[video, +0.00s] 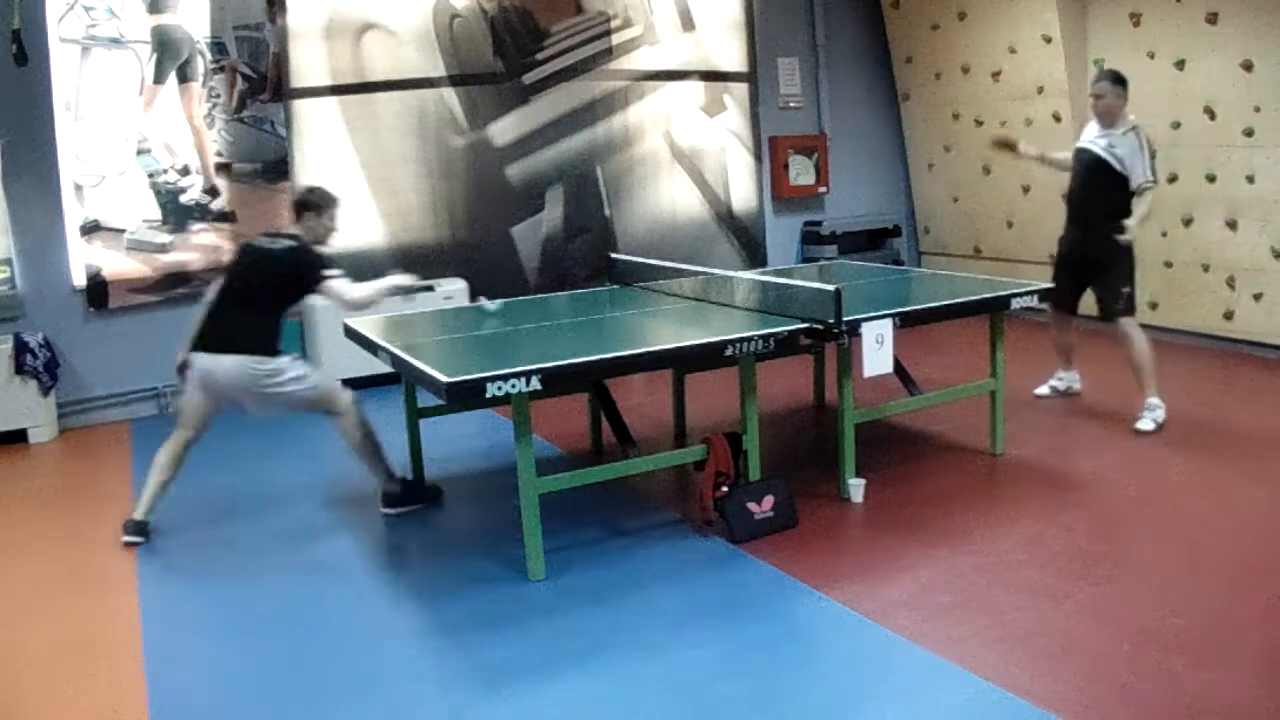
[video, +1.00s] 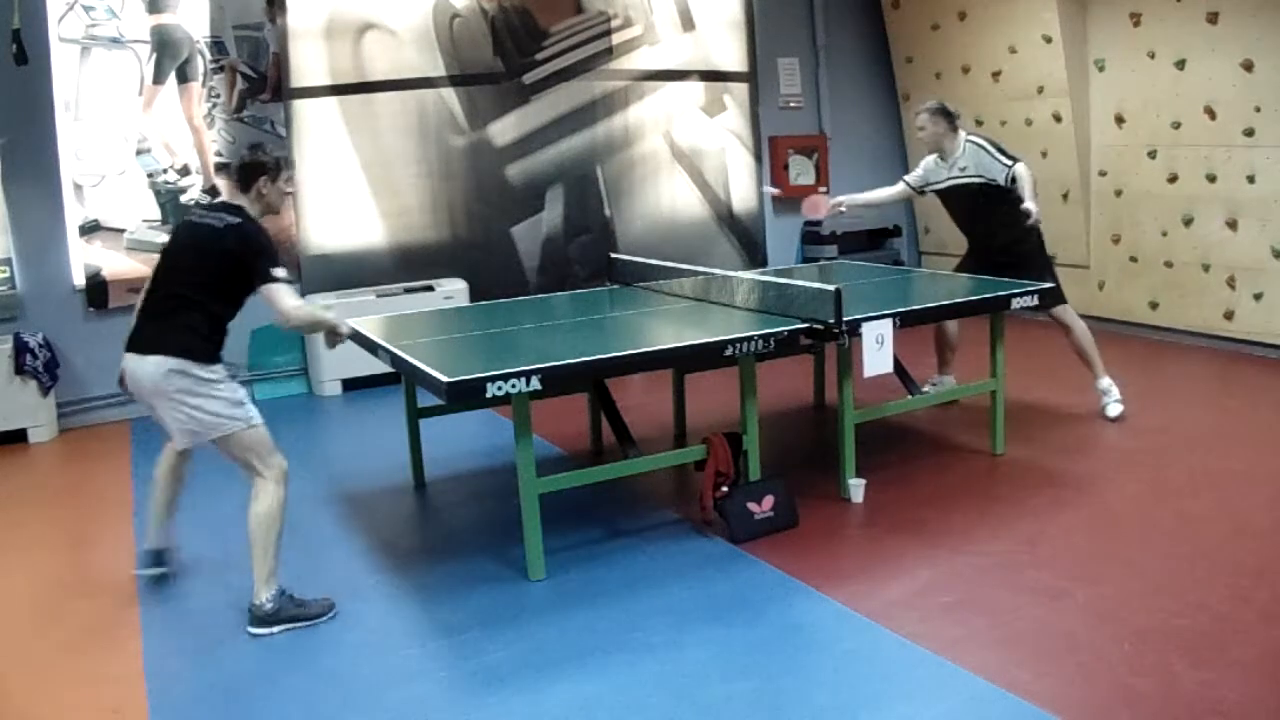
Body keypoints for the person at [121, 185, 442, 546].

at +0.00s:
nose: (334, 227)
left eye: (334, 219)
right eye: (331, 219)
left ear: (298, 215)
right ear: (315, 218)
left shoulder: (253, 246)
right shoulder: (304, 257)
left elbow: (212, 299)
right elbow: (354, 298)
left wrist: (188, 350)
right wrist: (392, 282)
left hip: (205, 360)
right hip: (252, 364)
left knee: (183, 436)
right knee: (341, 402)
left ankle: (138, 519)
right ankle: (391, 486)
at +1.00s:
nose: (285, 197)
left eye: (287, 187)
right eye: (283, 187)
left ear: (235, 184)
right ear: (262, 186)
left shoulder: (193, 220)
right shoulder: (249, 235)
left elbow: (155, 288)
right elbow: (291, 314)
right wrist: (330, 320)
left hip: (138, 363)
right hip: (185, 368)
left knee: (179, 442)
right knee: (271, 470)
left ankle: (154, 552)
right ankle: (267, 600)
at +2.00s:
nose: (305, 189)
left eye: (304, 178)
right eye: (300, 179)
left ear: (239, 178)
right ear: (278, 180)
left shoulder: (197, 235)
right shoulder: (286, 240)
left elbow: (144, 304)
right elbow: (354, 301)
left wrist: (123, 362)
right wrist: (407, 319)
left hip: (179, 397)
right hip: (248, 396)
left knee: (185, 487)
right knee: (353, 488)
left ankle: (160, 615)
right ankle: (409, 618)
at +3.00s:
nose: (70, 252)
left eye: (71, 242)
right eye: (68, 242)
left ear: (27, 239)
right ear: (46, 241)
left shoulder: (1, 285)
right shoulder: (37, 308)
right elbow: (105, 381)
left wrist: (63, 334)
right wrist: (83, 325)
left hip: (5, 469)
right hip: (9, 476)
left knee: (28, 497)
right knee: (105, 573)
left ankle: (1, 595)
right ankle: (37, 701)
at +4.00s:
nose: (109, 203)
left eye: (110, 192)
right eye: (104, 191)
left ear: (67, 193)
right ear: (74, 192)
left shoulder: (21, 243)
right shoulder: (46, 252)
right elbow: (51, 358)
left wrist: (182, 265)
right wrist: (131, 402)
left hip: (16, 429)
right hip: (11, 435)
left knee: (68, 476)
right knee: (18, 588)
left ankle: (83, 606)